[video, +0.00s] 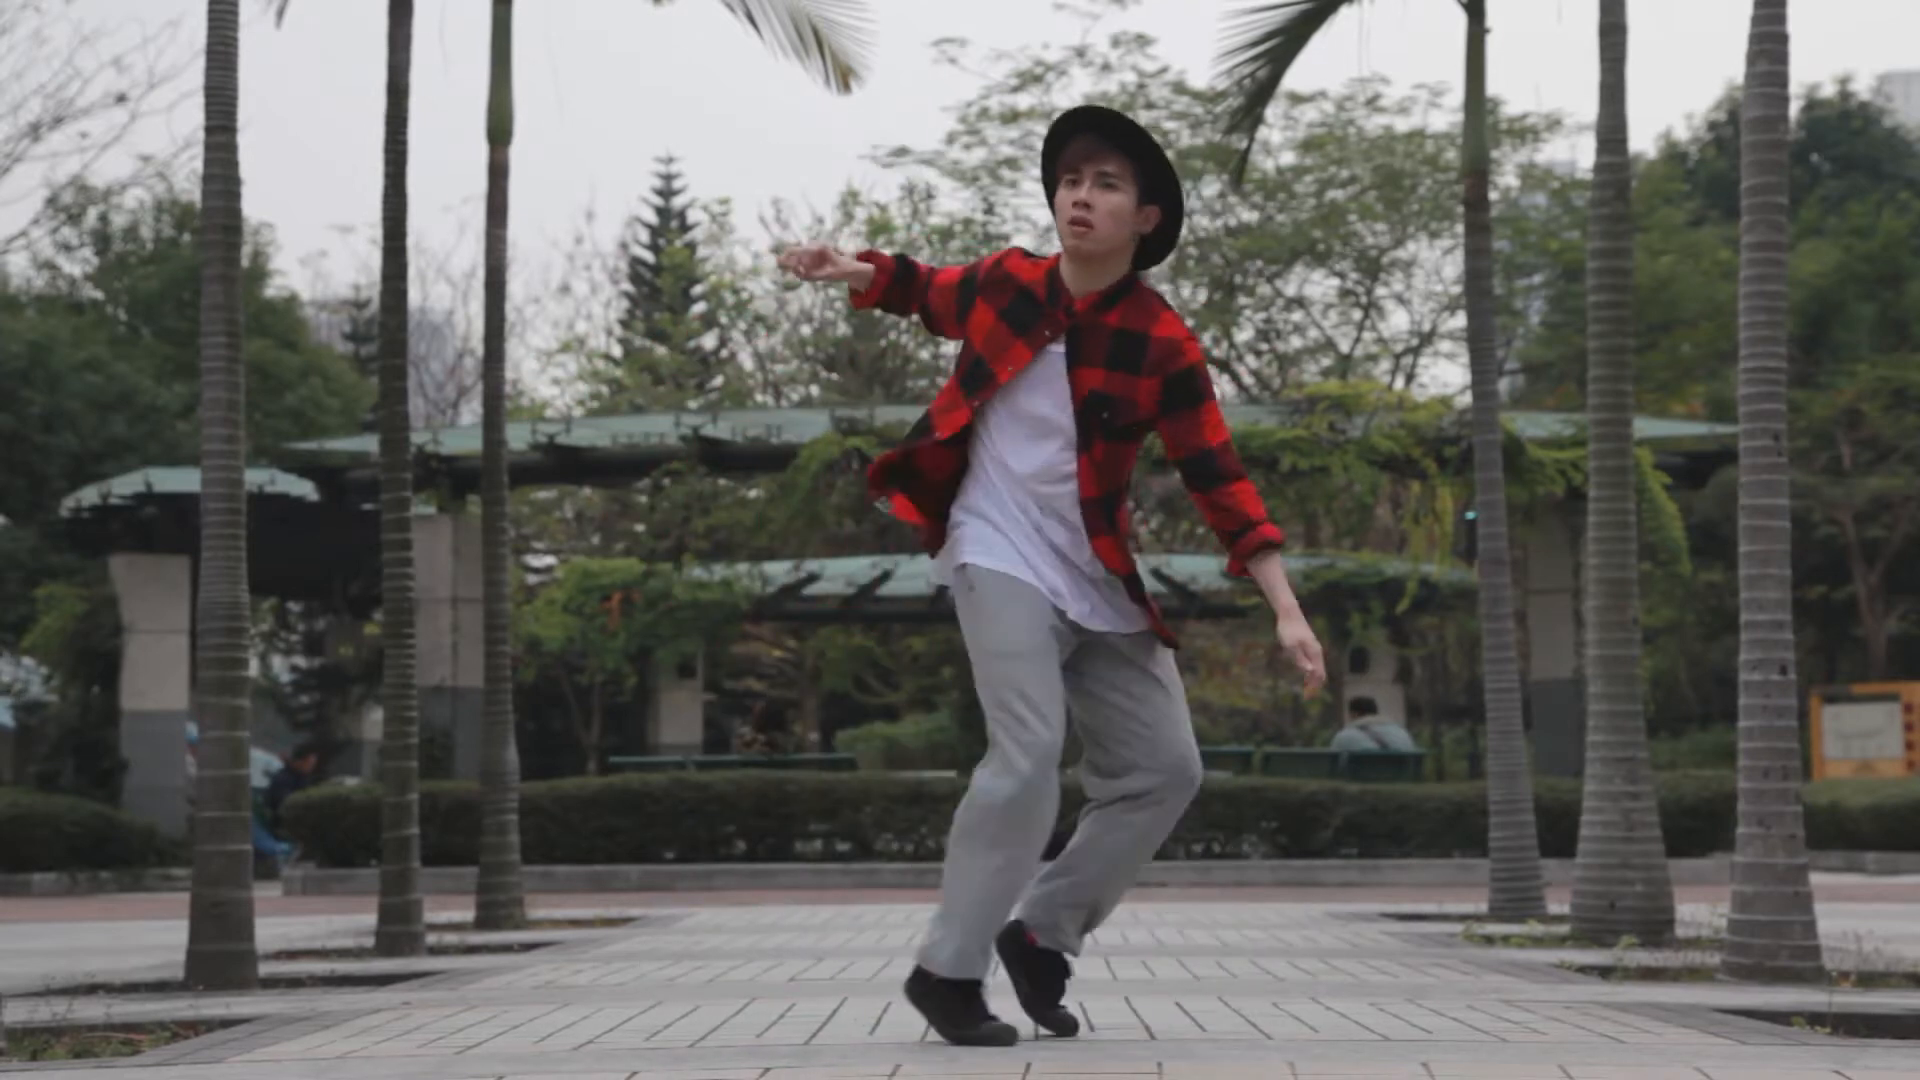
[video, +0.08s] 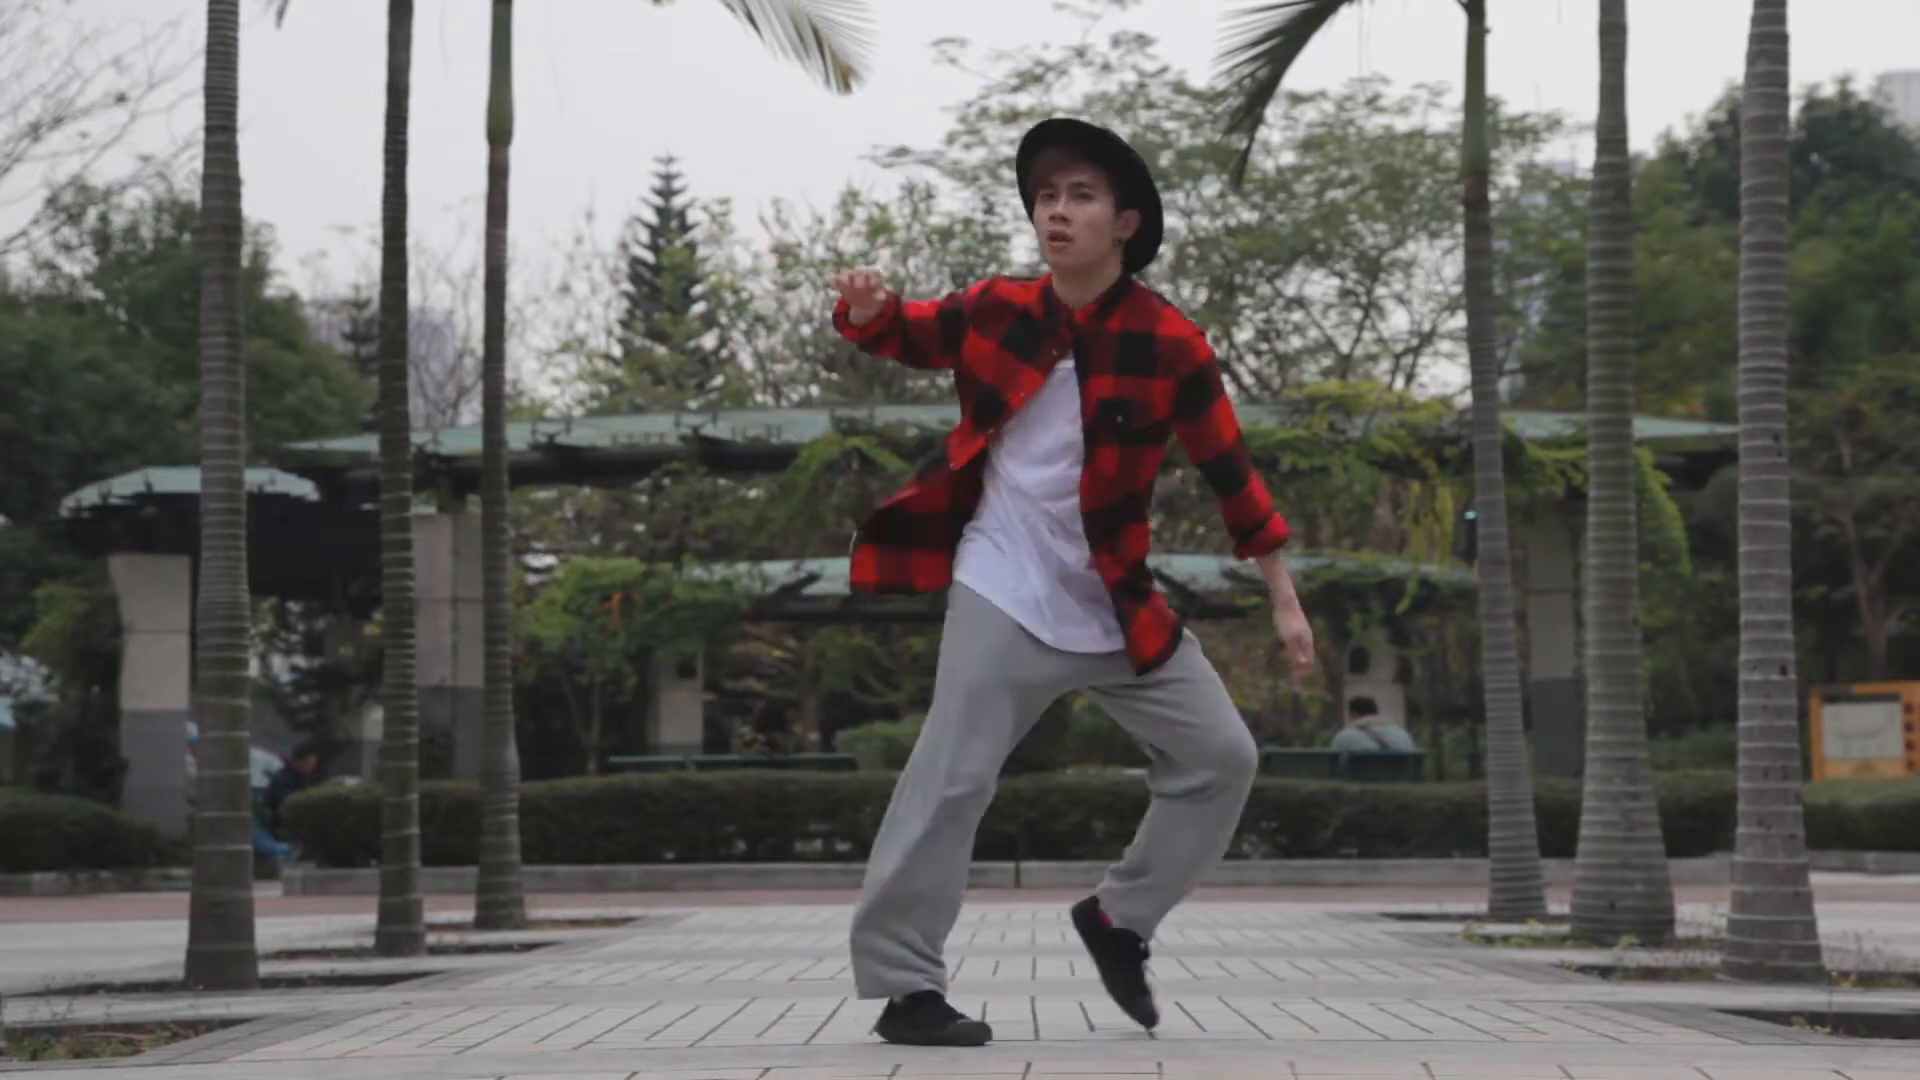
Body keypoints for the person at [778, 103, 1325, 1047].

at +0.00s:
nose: (1080, 197)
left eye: (1106, 185)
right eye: (1070, 182)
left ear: (1148, 219)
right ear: (1051, 202)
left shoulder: (1161, 337)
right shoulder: (1005, 281)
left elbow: (1216, 474)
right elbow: (925, 293)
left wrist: (1286, 607)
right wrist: (849, 268)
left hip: (1093, 564)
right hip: (993, 542)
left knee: (1164, 765)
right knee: (1030, 748)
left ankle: (1041, 935)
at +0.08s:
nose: (1057, 214)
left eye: (1081, 197)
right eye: (1044, 198)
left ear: (1129, 220)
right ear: (1032, 215)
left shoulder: (1170, 343)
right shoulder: (995, 307)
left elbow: (1230, 470)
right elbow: (906, 336)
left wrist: (1285, 597)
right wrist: (867, 309)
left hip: (1110, 587)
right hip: (1001, 572)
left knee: (1222, 755)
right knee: (956, 766)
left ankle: (1120, 916)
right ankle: (907, 985)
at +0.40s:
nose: (1248, 262)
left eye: (1244, 246)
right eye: (1223, 253)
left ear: (1253, 261)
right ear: (1177, 292)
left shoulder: (1236, 370)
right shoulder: (1169, 386)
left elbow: (1261, 420)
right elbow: (1177, 538)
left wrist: (1316, 454)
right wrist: (1293, 590)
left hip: (1201, 624)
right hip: (1114, 634)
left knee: (1293, 776)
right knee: (1157, 868)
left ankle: (1264, 993)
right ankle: (1147, 897)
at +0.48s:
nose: (1276, 298)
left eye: (1273, 282)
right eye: (1255, 286)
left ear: (1217, 318)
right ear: (1202, 314)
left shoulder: (1215, 400)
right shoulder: (1198, 411)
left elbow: (1217, 489)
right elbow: (1218, 559)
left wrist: (1300, 472)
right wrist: (1273, 664)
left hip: (1199, 660)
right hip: (1114, 674)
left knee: (1306, 779)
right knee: (1199, 871)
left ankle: (1269, 992)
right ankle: (1180, 879)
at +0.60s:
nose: (1249, 276)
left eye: (1257, 261)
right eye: (1223, 262)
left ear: (1267, 275)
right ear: (1173, 290)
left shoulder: (1249, 379)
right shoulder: (1162, 378)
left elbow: (1335, 457)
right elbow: (1102, 504)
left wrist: (1313, 410)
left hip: (1189, 635)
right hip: (1094, 633)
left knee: (1257, 780)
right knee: (1181, 772)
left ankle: (1266, 988)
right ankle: (1097, 804)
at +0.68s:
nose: (1200, 236)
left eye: (1215, 220)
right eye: (1174, 224)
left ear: (1237, 243)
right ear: (1139, 256)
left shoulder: (1250, 346)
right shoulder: (1104, 344)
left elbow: (1368, 432)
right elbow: (1008, 448)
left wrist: (1320, 381)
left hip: (1155, 596)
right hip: (1049, 572)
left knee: (1194, 766)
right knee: (1156, 697)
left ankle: (1190, 975)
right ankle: (1122, 907)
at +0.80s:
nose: (1133, 226)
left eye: (1153, 212)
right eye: (1112, 213)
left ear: (1185, 239)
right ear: (1084, 240)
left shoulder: (1216, 356)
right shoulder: (1027, 329)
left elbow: (1311, 468)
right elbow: (895, 389)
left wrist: (1294, 424)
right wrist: (762, 407)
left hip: (1136, 599)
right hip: (1030, 582)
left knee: (1117, 797)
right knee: (1096, 727)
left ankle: (1038, 970)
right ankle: (1142, 936)